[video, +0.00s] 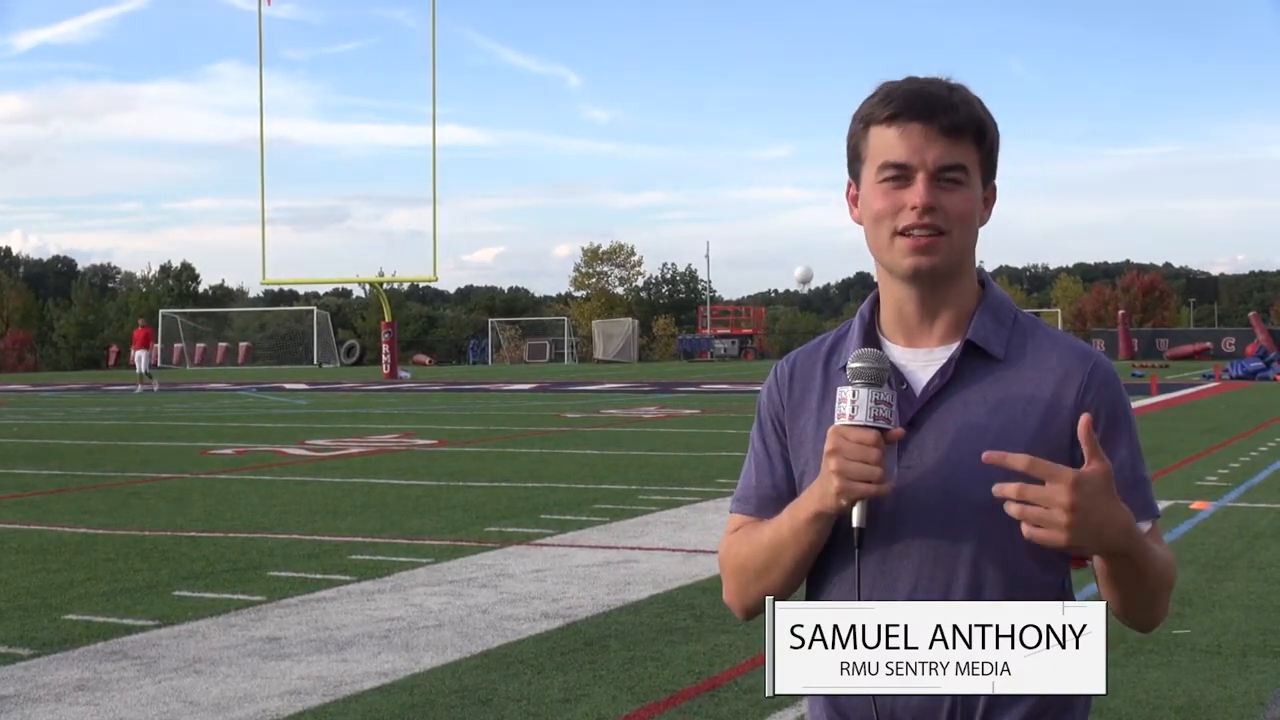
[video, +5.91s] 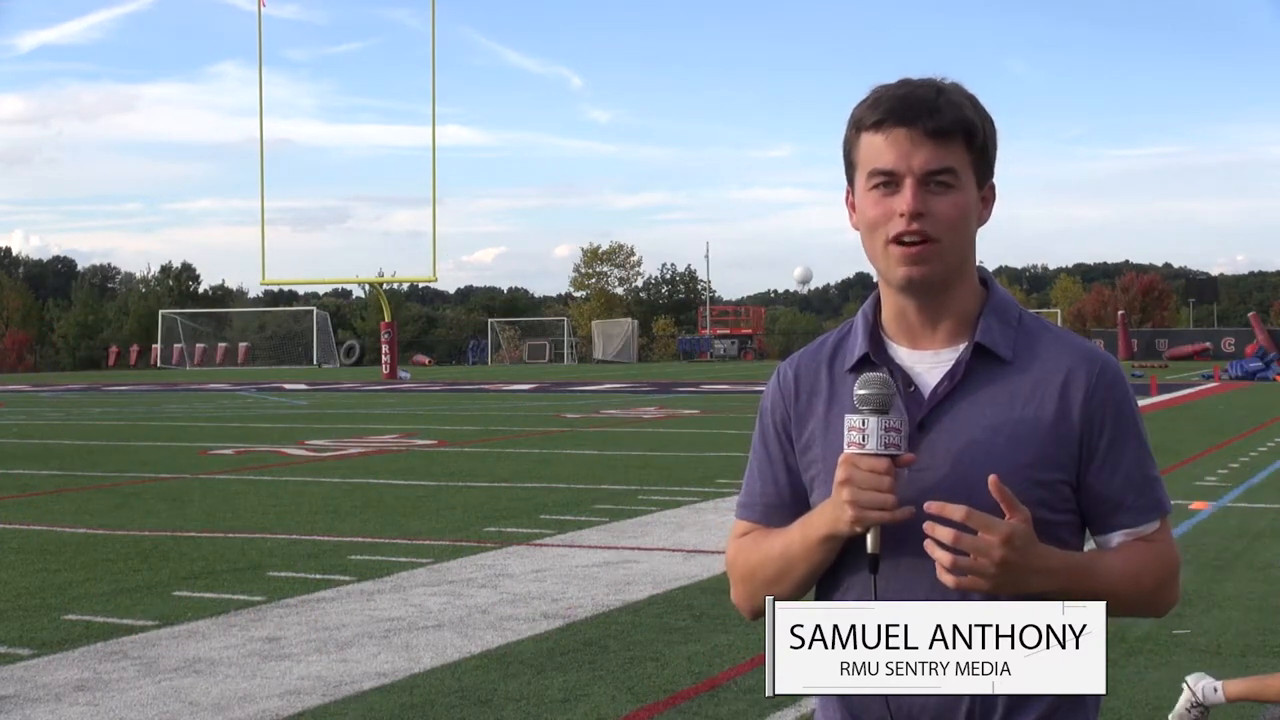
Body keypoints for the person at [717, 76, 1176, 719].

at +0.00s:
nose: (922, 201)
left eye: (950, 178)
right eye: (895, 177)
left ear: (986, 201)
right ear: (855, 201)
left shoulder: (1075, 379)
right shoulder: (796, 384)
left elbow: (1146, 611)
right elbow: (740, 590)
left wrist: (1118, 536)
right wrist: (820, 498)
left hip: (1024, 706)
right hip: (846, 707)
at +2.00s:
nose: (908, 201)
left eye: (943, 178)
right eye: (887, 175)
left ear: (992, 203)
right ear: (861, 198)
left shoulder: (1079, 380)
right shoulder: (797, 381)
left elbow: (1145, 611)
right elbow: (742, 586)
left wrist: (1111, 533)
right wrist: (819, 499)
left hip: (1027, 705)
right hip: (848, 707)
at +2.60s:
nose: (917, 210)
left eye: (948, 186)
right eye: (895, 182)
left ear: (992, 208)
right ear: (861, 199)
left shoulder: (1078, 386)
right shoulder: (797, 383)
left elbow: (1134, 591)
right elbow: (746, 589)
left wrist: (1029, 581)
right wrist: (834, 507)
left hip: (1024, 708)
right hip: (845, 708)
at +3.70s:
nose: (911, 202)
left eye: (943, 180)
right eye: (887, 178)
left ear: (987, 203)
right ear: (856, 203)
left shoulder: (1076, 377)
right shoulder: (796, 382)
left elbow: (1153, 598)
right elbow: (738, 589)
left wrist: (1058, 499)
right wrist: (807, 493)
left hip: (1027, 704)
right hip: (851, 706)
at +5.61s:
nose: (912, 209)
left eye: (941, 183)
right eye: (887, 184)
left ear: (985, 201)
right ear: (854, 207)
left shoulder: (1082, 380)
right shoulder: (798, 385)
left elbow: (1157, 578)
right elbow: (746, 587)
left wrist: (1045, 569)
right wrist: (834, 516)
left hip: (1032, 707)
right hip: (853, 708)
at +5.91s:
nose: (910, 207)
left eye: (939, 182)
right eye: (884, 184)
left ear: (985, 202)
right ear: (853, 208)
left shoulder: (1081, 379)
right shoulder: (799, 385)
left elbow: (1157, 578)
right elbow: (747, 587)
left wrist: (1045, 571)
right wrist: (832, 518)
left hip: (1031, 707)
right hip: (852, 709)